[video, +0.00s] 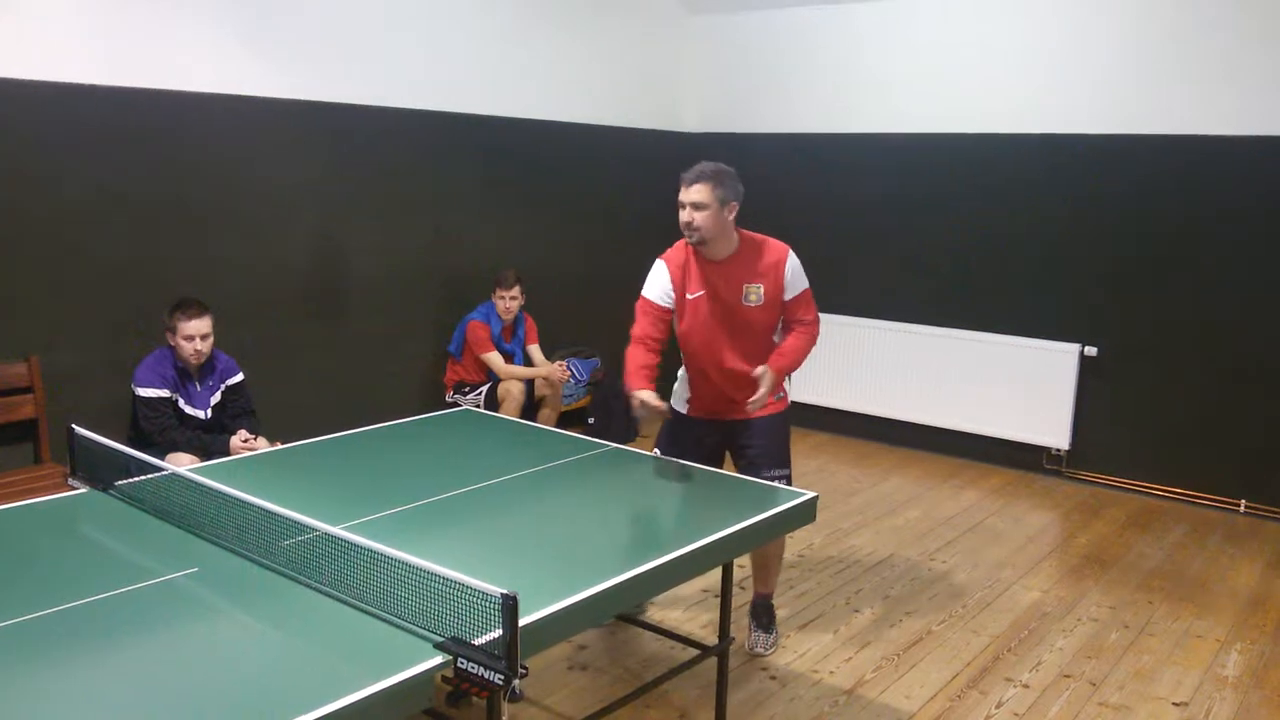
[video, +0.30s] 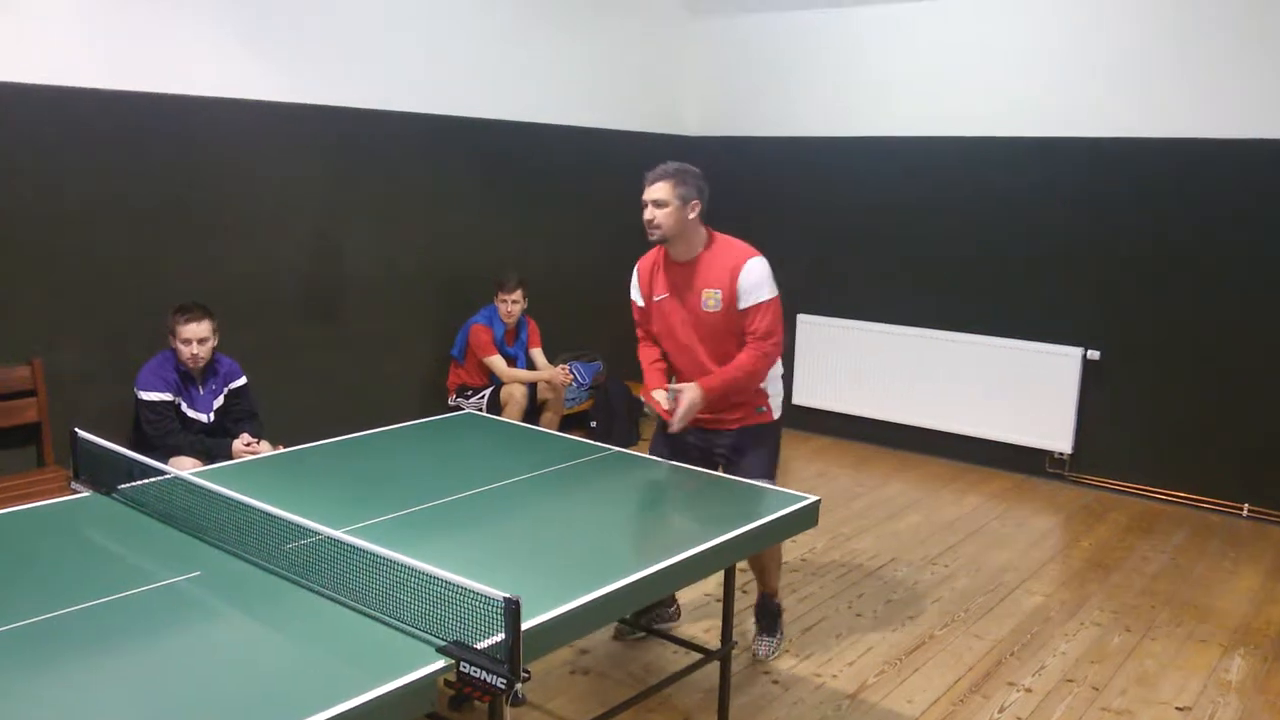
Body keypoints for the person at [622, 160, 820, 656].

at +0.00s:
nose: (686, 217)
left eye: (698, 207)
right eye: (682, 207)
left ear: (731, 211)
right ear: (679, 209)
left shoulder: (777, 261)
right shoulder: (671, 266)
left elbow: (805, 324)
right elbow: (645, 337)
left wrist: (776, 368)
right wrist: (640, 385)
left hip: (760, 409)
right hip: (693, 405)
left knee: (769, 507)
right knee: (659, 495)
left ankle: (762, 607)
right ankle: (633, 587)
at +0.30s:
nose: (647, 215)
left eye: (658, 206)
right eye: (645, 206)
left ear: (693, 209)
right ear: (645, 209)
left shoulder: (744, 265)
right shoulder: (645, 271)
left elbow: (766, 347)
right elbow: (648, 341)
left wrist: (705, 390)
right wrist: (657, 387)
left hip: (747, 421)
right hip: (681, 418)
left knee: (753, 514)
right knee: (648, 504)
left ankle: (768, 606)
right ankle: (660, 599)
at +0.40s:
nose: (640, 219)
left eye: (650, 209)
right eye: (637, 210)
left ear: (685, 212)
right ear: (643, 214)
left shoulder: (734, 272)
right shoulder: (644, 271)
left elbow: (749, 358)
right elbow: (644, 339)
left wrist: (680, 394)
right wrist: (645, 383)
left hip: (742, 423)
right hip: (680, 418)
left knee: (743, 514)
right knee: (646, 503)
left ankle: (779, 622)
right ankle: (658, 598)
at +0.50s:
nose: (641, 219)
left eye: (651, 209)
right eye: (639, 210)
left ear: (687, 210)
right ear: (646, 214)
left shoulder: (734, 272)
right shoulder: (649, 268)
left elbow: (746, 360)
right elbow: (647, 337)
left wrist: (678, 397)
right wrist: (644, 383)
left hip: (748, 417)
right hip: (688, 413)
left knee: (751, 520)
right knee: (652, 502)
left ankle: (786, 636)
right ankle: (663, 600)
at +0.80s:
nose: (657, 256)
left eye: (660, 246)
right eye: (651, 247)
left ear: (687, 226)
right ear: (652, 237)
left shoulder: (761, 264)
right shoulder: (654, 280)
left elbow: (804, 330)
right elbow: (662, 351)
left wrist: (783, 399)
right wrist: (689, 404)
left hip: (771, 415)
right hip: (706, 415)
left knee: (793, 519)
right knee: (668, 503)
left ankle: (801, 632)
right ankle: (662, 598)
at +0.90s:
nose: (679, 261)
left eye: (683, 250)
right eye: (671, 254)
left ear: (709, 229)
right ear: (663, 244)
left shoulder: (775, 264)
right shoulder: (668, 280)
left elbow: (822, 328)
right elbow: (669, 348)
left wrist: (814, 403)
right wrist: (695, 402)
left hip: (781, 415)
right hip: (717, 416)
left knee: (801, 519)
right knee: (679, 507)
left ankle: (812, 626)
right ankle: (663, 599)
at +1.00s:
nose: (713, 244)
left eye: (719, 235)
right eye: (706, 236)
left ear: (747, 214)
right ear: (701, 226)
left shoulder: (801, 258)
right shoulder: (698, 245)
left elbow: (852, 320)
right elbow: (659, 286)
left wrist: (841, 397)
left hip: (786, 413)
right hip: (723, 406)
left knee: (800, 522)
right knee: (689, 504)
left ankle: (812, 629)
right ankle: (664, 597)